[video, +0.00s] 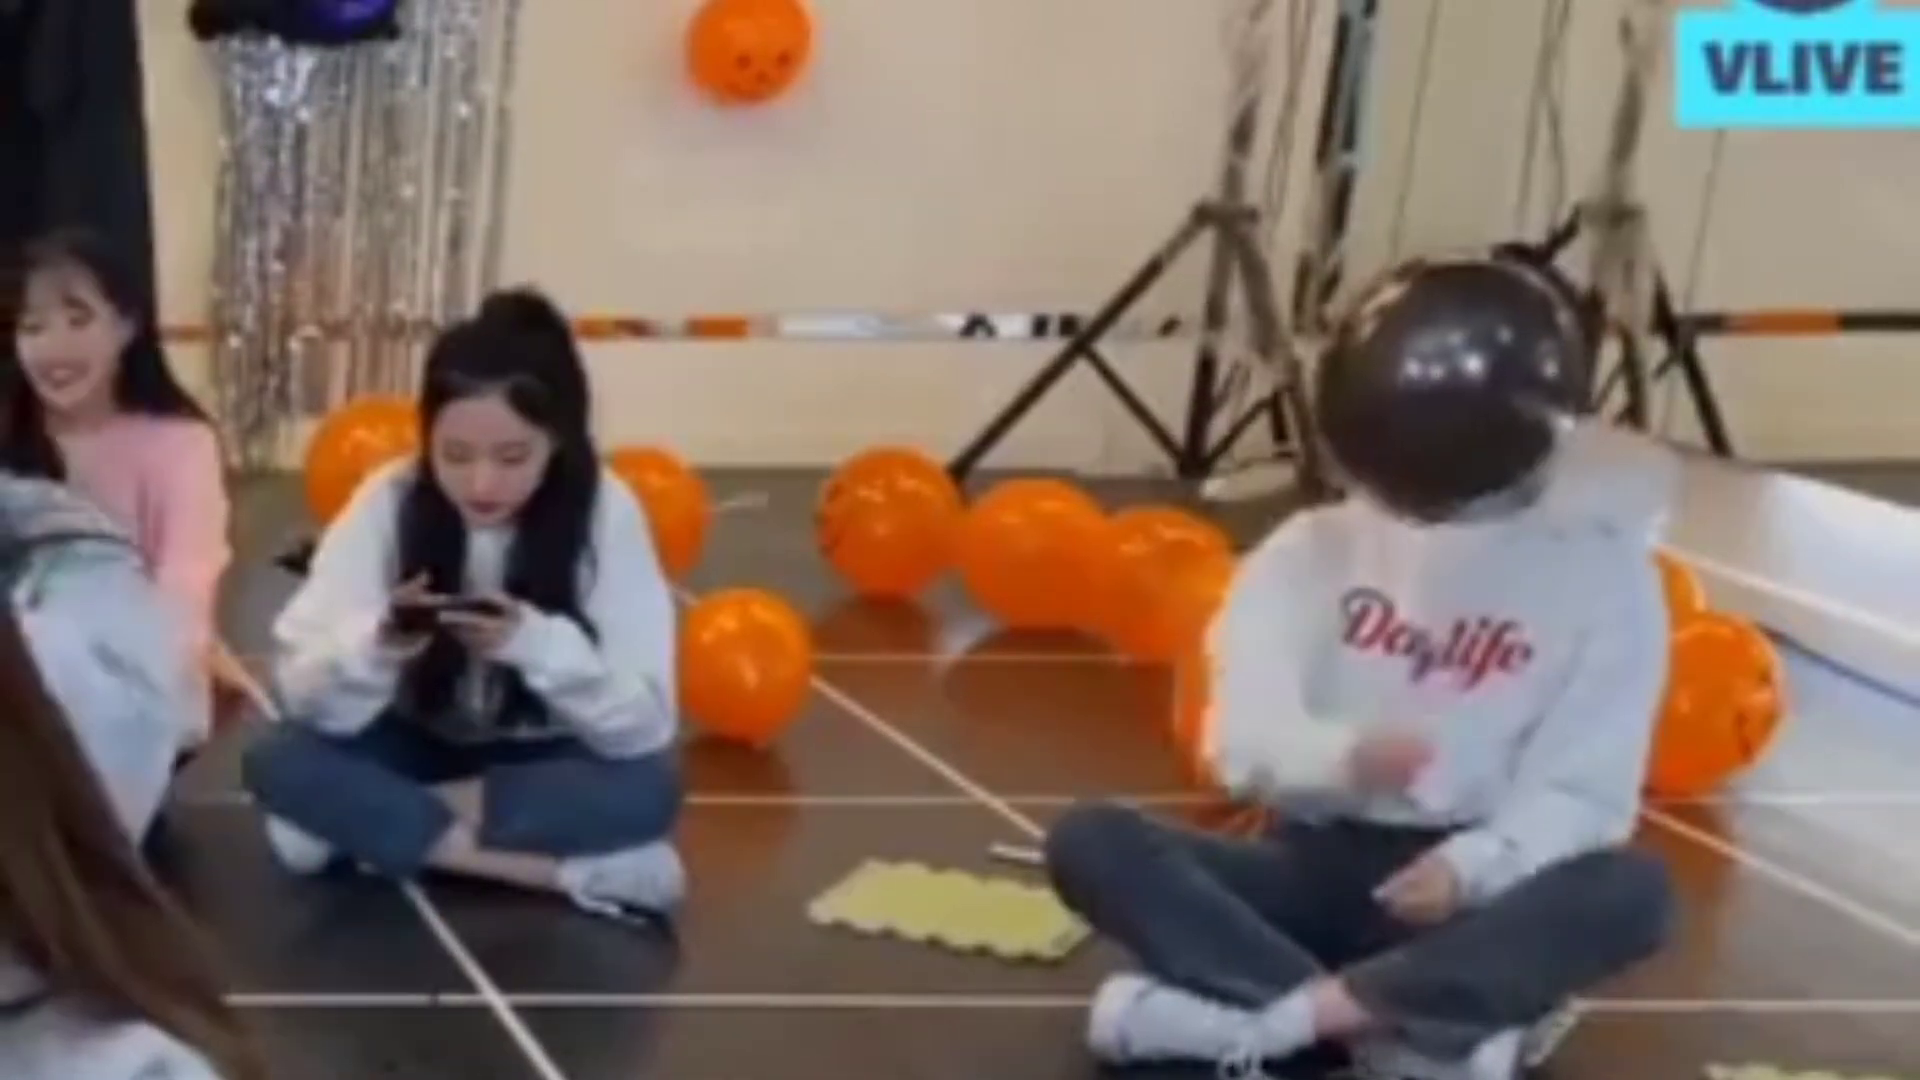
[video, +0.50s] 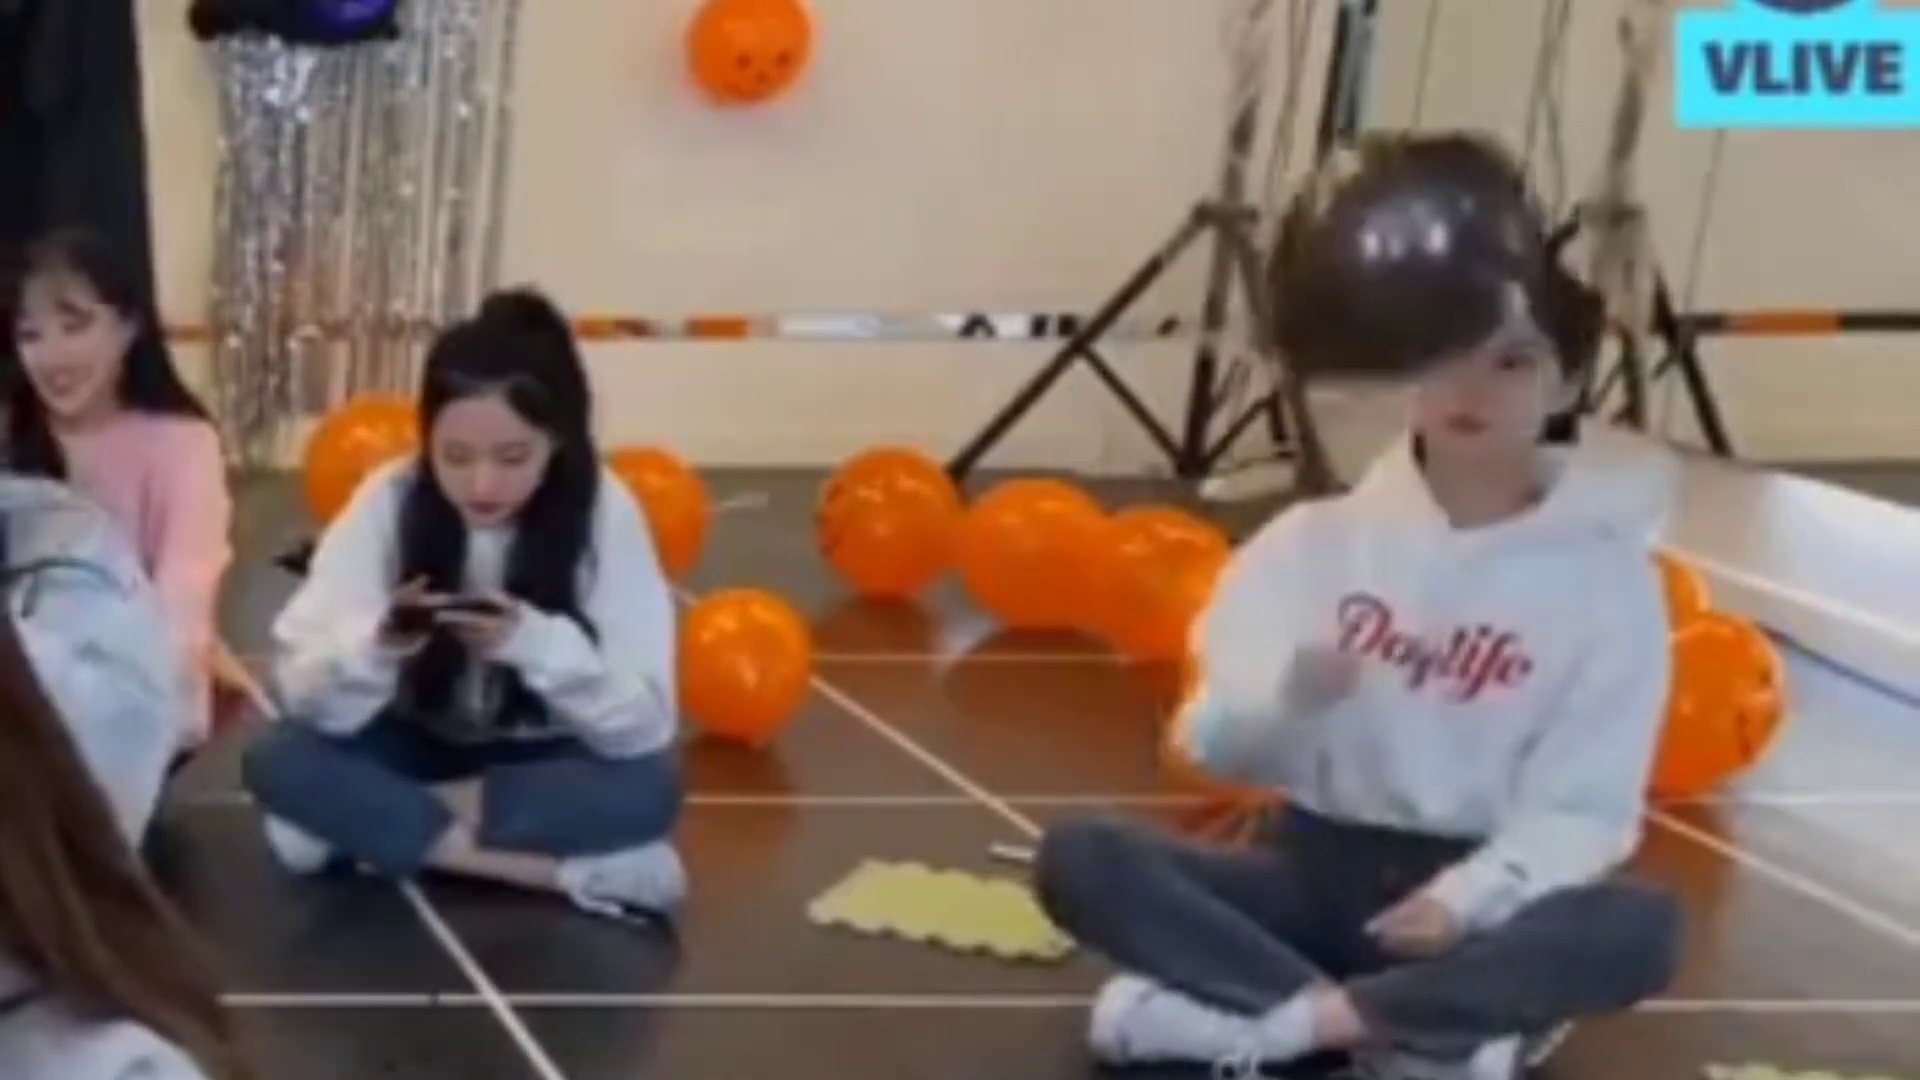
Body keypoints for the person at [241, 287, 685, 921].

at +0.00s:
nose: (481, 486)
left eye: (512, 459)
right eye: (457, 457)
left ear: (559, 445)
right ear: (426, 440)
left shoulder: (605, 513)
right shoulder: (388, 502)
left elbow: (644, 724)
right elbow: (305, 699)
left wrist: (529, 643)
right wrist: (386, 645)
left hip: (543, 745)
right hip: (410, 740)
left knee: (647, 790)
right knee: (276, 762)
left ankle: (367, 838)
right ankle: (550, 878)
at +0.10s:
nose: (481, 487)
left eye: (511, 459)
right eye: (456, 458)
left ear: (558, 445)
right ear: (426, 440)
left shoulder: (603, 513)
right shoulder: (388, 502)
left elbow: (644, 724)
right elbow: (304, 699)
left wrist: (527, 643)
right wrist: (385, 645)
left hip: (542, 744)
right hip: (409, 740)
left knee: (647, 790)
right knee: (275, 762)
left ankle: (367, 838)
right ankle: (550, 877)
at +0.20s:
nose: (482, 487)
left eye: (512, 459)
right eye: (457, 458)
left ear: (559, 445)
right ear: (426, 441)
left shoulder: (603, 513)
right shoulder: (388, 502)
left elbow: (644, 724)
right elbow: (305, 699)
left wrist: (527, 643)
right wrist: (384, 644)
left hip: (542, 744)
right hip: (409, 739)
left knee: (647, 790)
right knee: (276, 762)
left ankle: (367, 838)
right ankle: (550, 878)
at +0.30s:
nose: (483, 487)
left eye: (512, 459)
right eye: (457, 458)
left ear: (559, 445)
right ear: (426, 441)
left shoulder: (603, 513)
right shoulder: (389, 502)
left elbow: (644, 724)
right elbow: (305, 699)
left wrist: (527, 642)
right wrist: (383, 645)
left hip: (542, 744)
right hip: (409, 738)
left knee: (647, 790)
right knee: (276, 761)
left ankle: (367, 838)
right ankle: (550, 877)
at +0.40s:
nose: (483, 487)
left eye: (512, 459)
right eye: (457, 458)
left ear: (559, 445)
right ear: (426, 441)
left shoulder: (604, 513)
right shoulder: (389, 502)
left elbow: (644, 724)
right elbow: (305, 699)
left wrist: (529, 643)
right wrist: (383, 647)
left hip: (542, 743)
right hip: (409, 738)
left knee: (647, 789)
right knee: (276, 761)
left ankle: (368, 838)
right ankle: (550, 877)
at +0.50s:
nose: (482, 487)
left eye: (512, 459)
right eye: (457, 458)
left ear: (559, 445)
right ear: (426, 440)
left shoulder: (603, 513)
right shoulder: (389, 501)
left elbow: (644, 724)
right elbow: (305, 698)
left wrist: (529, 643)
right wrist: (383, 647)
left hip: (542, 744)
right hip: (409, 739)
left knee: (647, 789)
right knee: (276, 761)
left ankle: (367, 839)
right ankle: (550, 877)